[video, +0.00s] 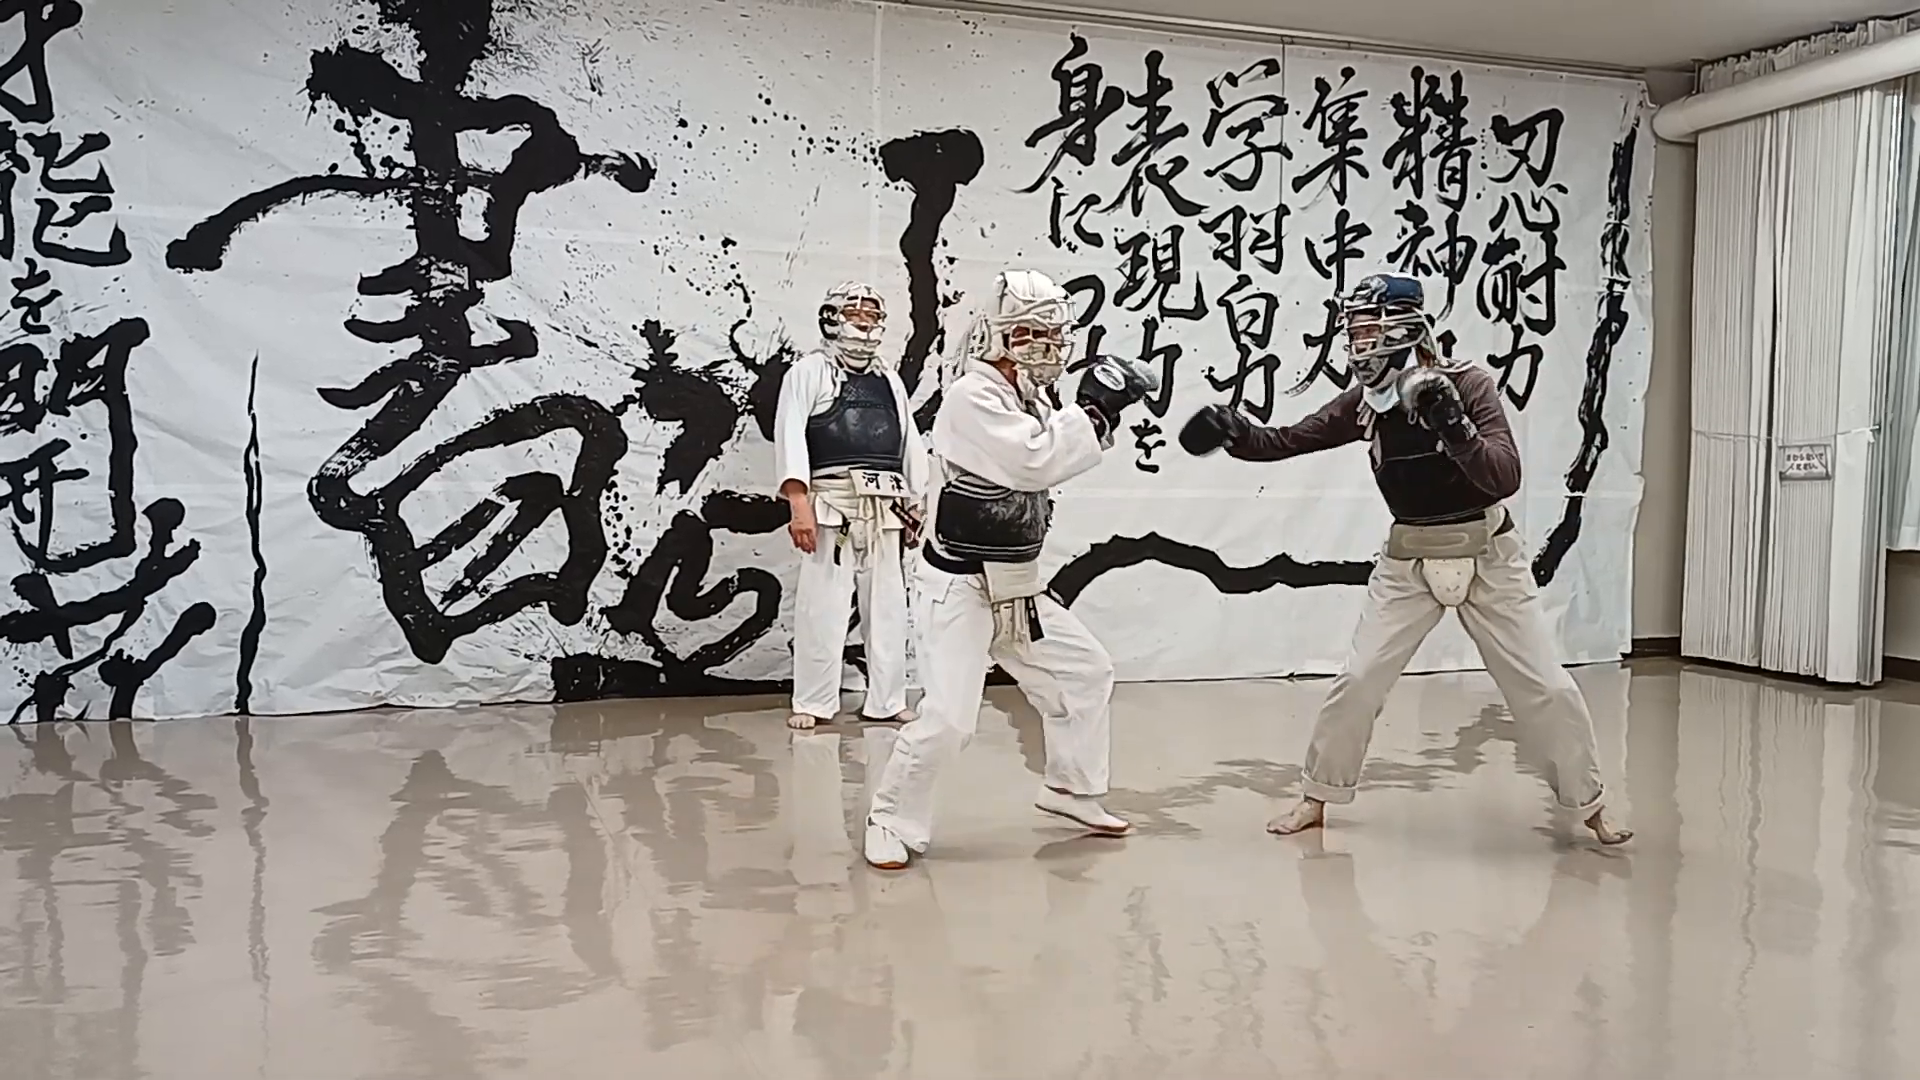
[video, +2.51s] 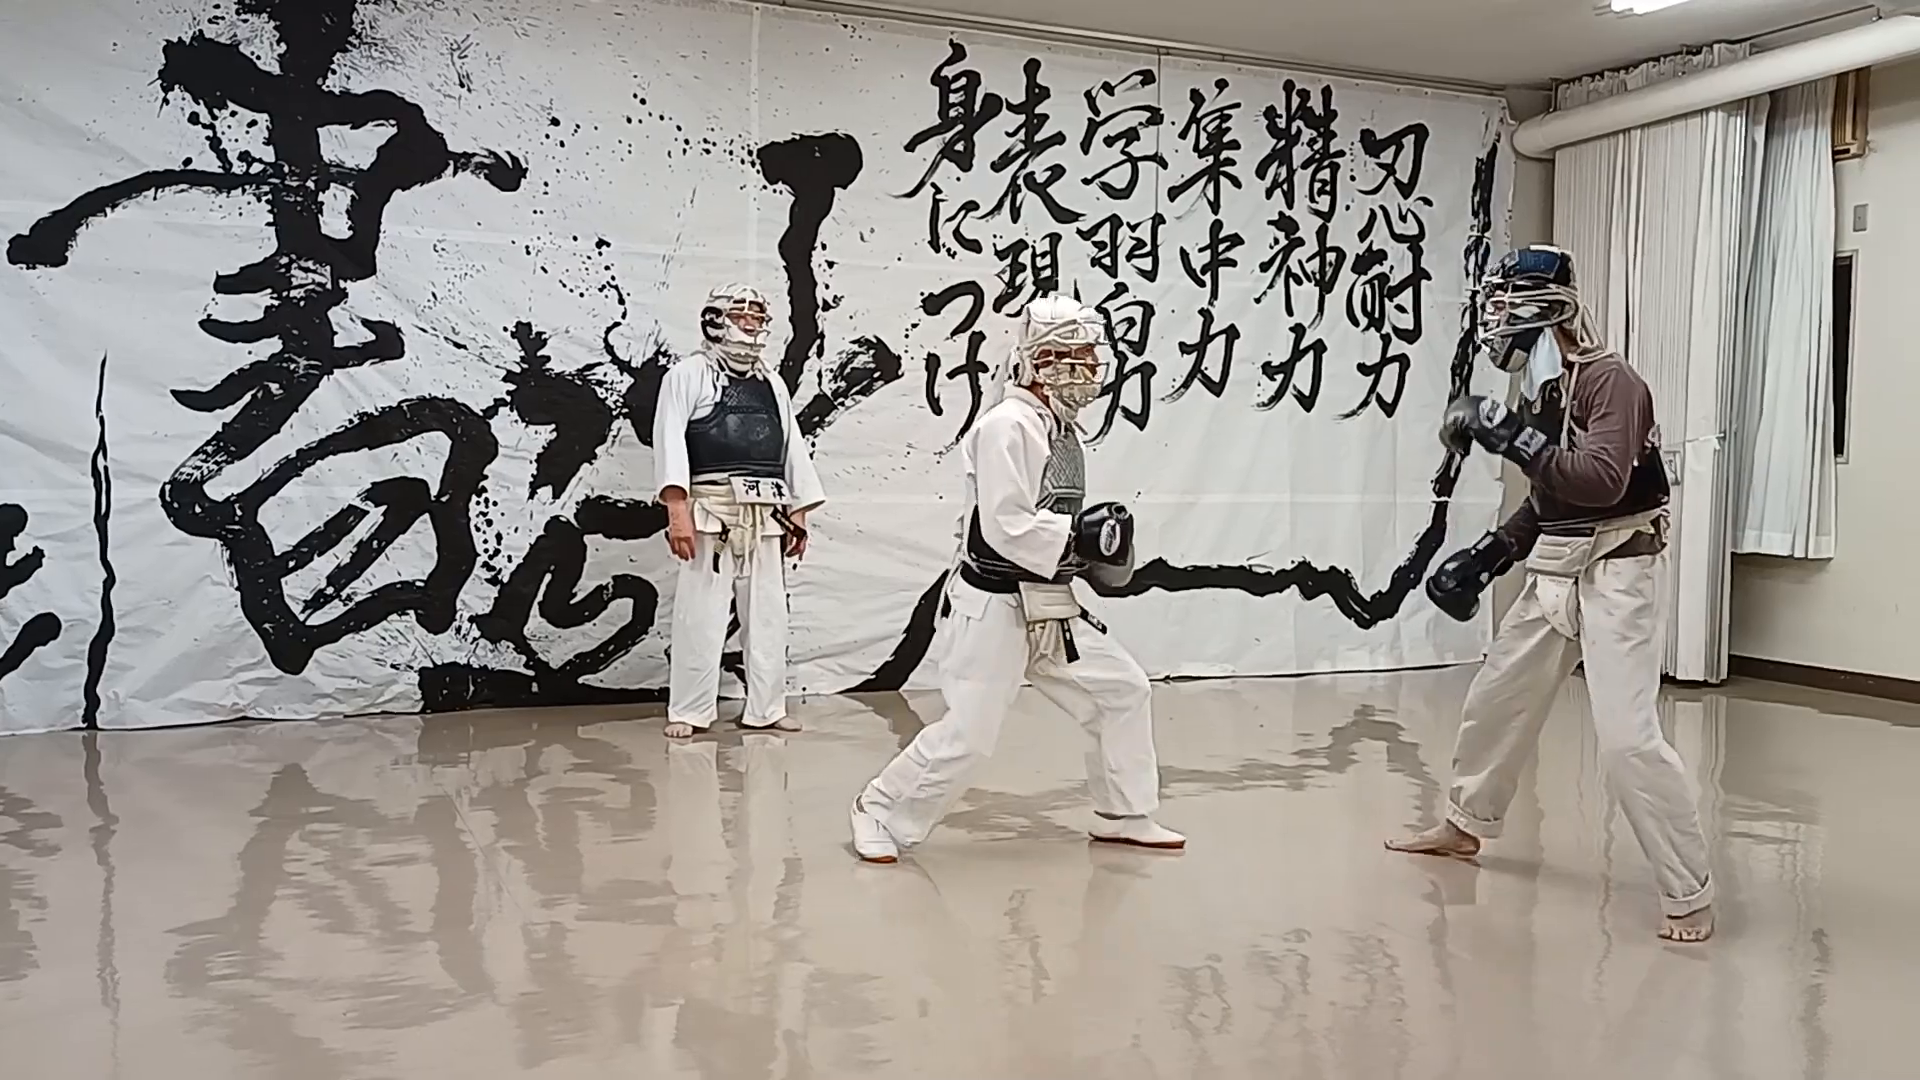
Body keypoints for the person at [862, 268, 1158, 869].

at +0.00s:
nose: (1047, 345)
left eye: (1054, 334)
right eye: (1033, 334)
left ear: (1061, 336)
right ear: (1000, 334)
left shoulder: (1033, 395)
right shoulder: (970, 393)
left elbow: (1053, 454)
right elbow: (1031, 457)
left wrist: (1101, 414)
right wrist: (1093, 409)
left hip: (1011, 580)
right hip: (956, 583)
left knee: (1086, 670)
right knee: (948, 718)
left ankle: (1070, 791)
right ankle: (891, 824)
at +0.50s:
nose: (1084, 352)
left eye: (1092, 341)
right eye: (1071, 340)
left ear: (1098, 344)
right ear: (1039, 339)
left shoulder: (1070, 409)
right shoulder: (1003, 402)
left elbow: (1054, 496)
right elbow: (1026, 498)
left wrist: (1114, 502)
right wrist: (1106, 500)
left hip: (1051, 582)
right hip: (993, 584)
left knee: (1119, 684)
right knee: (979, 715)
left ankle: (1127, 804)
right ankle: (920, 843)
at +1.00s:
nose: (1092, 341)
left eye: (1102, 330)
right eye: (1079, 327)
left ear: (1110, 333)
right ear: (1050, 325)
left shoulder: (1081, 396)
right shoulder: (1005, 382)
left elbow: (1084, 482)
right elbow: (1028, 478)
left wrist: (1140, 472)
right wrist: (1115, 472)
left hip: (1068, 566)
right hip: (1005, 568)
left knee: (1133, 672)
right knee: (981, 697)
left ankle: (1149, 794)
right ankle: (909, 836)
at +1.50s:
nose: (1044, 340)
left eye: (1053, 328)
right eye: (1030, 328)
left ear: (1062, 333)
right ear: (1000, 330)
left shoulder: (1044, 402)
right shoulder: (961, 395)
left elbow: (1052, 475)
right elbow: (969, 499)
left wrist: (1074, 505)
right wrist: (1049, 516)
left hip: (1024, 574)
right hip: (960, 577)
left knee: (1082, 683)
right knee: (950, 710)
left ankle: (1078, 810)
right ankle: (893, 829)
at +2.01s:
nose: (1054, 358)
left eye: (1059, 347)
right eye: (1040, 346)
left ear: (1063, 352)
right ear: (1007, 351)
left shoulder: (1036, 419)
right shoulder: (962, 417)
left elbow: (1022, 502)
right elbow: (964, 519)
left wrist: (1053, 534)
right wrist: (1037, 539)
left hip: (1009, 585)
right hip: (948, 592)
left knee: (1077, 681)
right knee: (930, 719)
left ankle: (1083, 810)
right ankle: (868, 828)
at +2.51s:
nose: (1089, 368)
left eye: (1092, 357)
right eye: (1077, 356)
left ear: (1092, 362)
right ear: (1042, 361)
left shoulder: (1058, 425)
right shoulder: (1009, 425)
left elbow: (1044, 514)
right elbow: (1004, 526)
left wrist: (1089, 546)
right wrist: (1080, 538)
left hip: (1044, 599)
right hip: (991, 602)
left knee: (1124, 687)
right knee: (969, 734)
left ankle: (1123, 816)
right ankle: (877, 813)